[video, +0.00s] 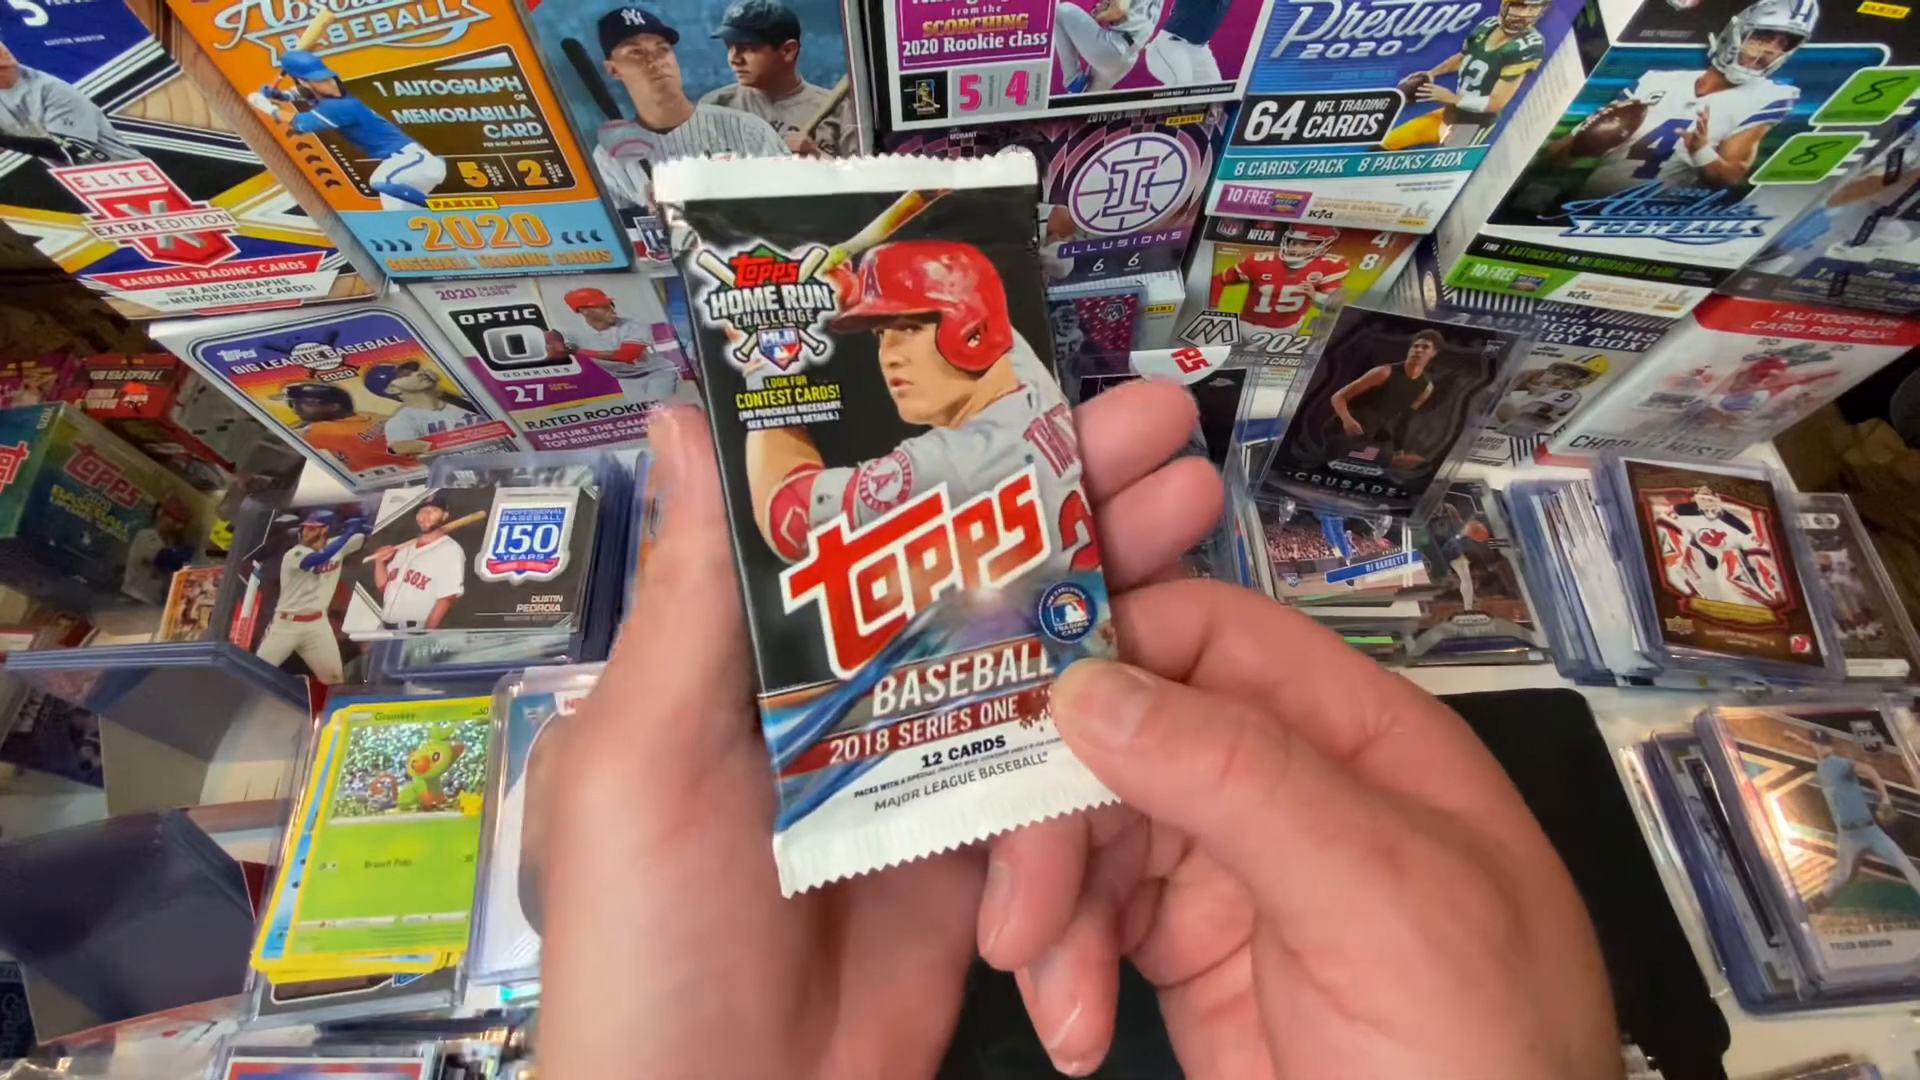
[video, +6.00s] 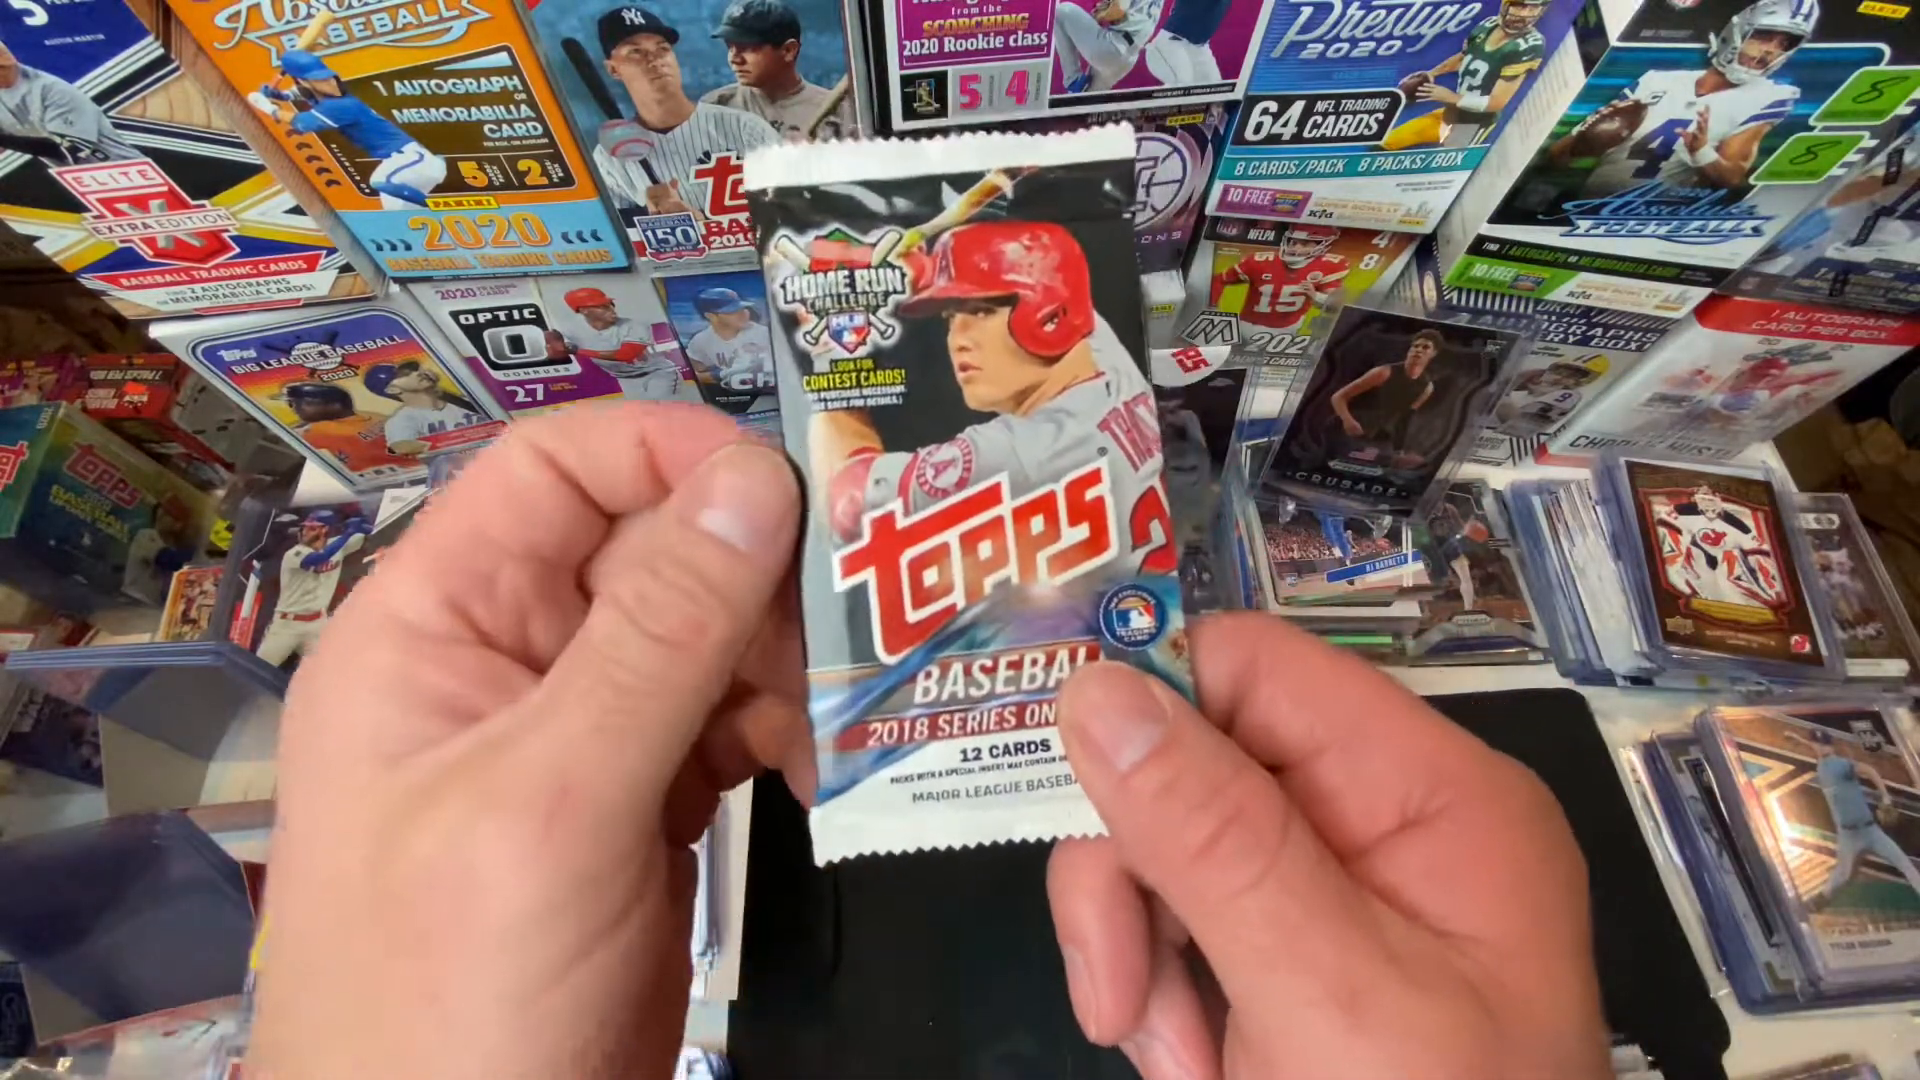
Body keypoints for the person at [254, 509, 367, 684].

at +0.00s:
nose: (304, 532)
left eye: (310, 528)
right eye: (304, 527)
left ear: (324, 531)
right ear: (302, 529)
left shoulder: (337, 548)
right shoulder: (293, 555)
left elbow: (367, 532)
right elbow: (318, 560)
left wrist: (358, 523)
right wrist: (347, 536)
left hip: (317, 625)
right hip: (284, 625)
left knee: (334, 681)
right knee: (258, 671)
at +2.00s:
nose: (302, 531)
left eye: (309, 527)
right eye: (303, 527)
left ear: (324, 530)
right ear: (303, 530)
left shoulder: (336, 549)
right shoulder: (294, 554)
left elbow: (367, 531)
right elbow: (318, 559)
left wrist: (355, 524)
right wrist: (347, 535)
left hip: (317, 625)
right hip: (285, 624)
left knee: (334, 678)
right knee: (258, 670)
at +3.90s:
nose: (304, 532)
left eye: (310, 528)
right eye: (304, 528)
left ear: (324, 531)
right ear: (302, 530)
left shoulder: (337, 549)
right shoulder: (293, 554)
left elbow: (365, 531)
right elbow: (318, 559)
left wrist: (356, 523)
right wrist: (346, 536)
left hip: (317, 624)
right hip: (285, 624)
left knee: (332, 674)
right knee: (260, 669)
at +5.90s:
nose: (304, 532)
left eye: (310, 528)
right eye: (304, 528)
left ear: (324, 531)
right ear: (302, 529)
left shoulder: (336, 548)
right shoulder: (293, 555)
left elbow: (367, 531)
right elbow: (319, 560)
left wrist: (354, 523)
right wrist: (348, 535)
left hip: (317, 625)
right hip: (285, 624)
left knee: (336, 677)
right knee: (258, 671)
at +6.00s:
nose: (304, 532)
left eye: (310, 528)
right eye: (304, 528)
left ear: (324, 530)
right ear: (302, 529)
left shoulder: (337, 547)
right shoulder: (293, 554)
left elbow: (368, 532)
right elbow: (319, 560)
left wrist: (354, 522)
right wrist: (348, 535)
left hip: (317, 625)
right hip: (285, 624)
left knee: (321, 679)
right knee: (258, 671)